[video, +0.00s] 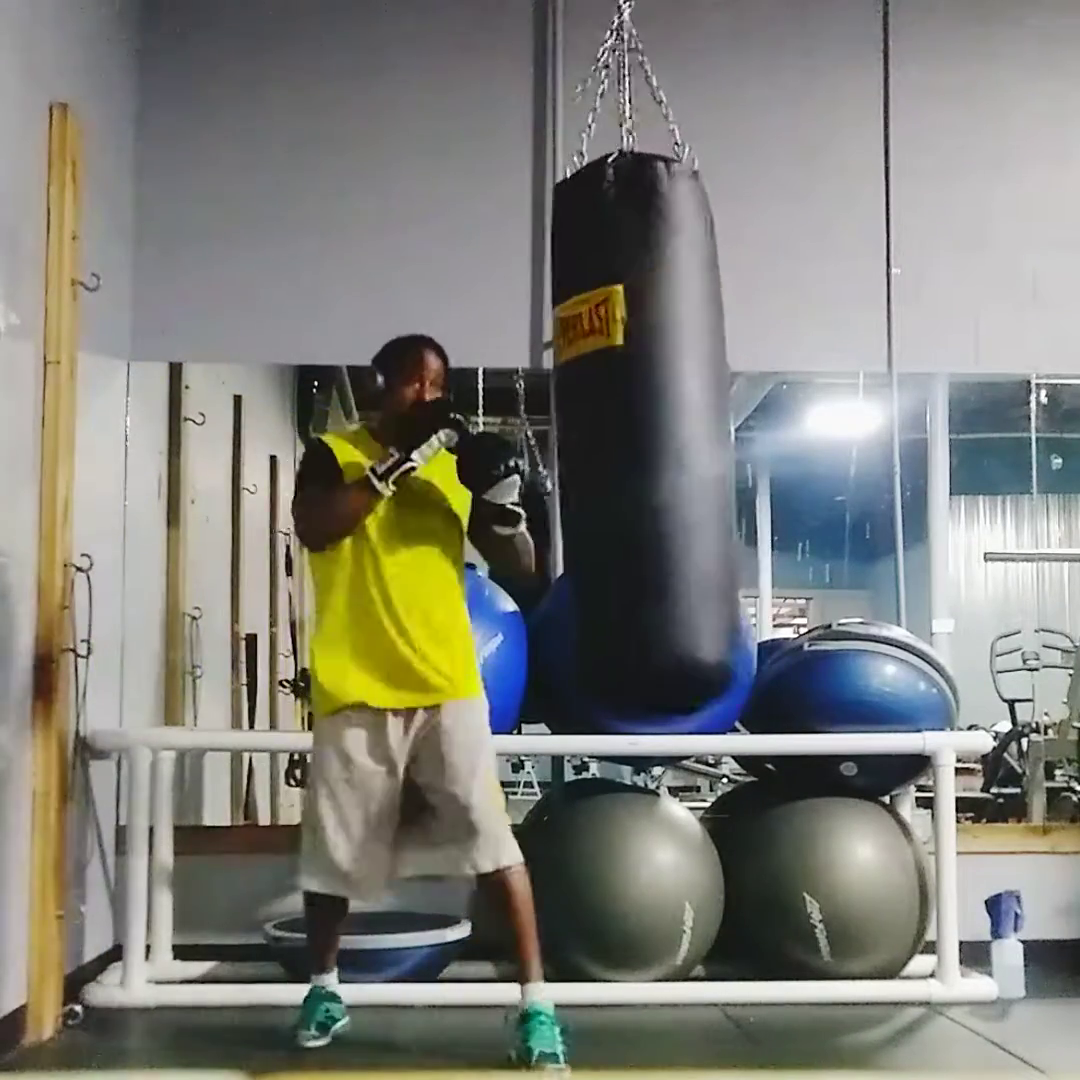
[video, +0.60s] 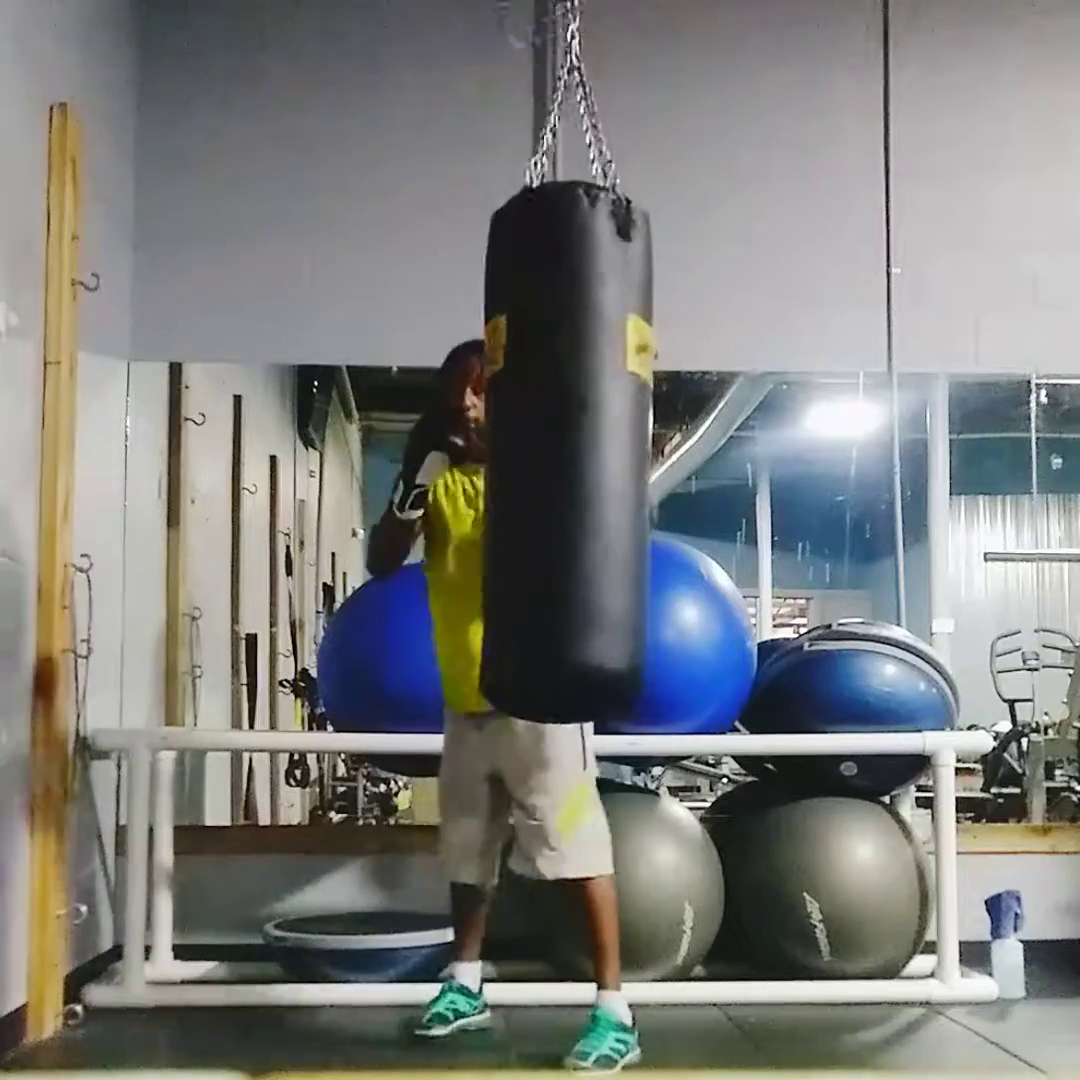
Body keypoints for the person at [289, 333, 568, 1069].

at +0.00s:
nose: (425, 394)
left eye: (436, 385)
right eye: (411, 381)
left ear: (445, 398)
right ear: (376, 387)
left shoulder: (451, 468)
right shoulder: (333, 453)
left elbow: (525, 578)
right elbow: (312, 528)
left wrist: (504, 500)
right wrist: (401, 461)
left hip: (447, 681)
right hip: (352, 682)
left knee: (493, 842)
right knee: (333, 848)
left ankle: (536, 1007)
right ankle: (323, 992)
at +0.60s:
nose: (470, 402)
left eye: (484, 389)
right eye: (461, 389)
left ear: (511, 399)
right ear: (446, 403)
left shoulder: (541, 470)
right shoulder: (437, 480)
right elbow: (383, 562)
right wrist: (414, 481)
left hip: (542, 692)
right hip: (469, 695)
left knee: (581, 852)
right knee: (469, 849)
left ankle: (612, 1011)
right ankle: (465, 987)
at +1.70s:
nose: (584, 400)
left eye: (592, 386)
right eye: (585, 388)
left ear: (632, 386)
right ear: (631, 388)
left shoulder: (694, 434)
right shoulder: (627, 469)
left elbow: (690, 477)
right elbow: (586, 548)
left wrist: (591, 436)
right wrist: (541, 504)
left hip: (735, 661)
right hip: (695, 668)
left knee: (713, 834)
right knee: (725, 829)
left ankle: (721, 1031)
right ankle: (773, 982)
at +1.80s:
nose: (619, 381)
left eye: (626, 367)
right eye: (620, 369)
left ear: (659, 370)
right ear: (662, 370)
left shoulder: (714, 435)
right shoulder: (653, 454)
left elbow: (737, 514)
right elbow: (645, 555)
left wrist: (642, 500)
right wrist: (587, 519)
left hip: (747, 663)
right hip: (711, 665)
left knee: (721, 836)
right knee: (742, 828)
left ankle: (721, 1030)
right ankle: (831, 967)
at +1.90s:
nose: (643, 375)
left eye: (654, 363)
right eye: (646, 363)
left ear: (693, 371)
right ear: (686, 373)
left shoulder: (742, 442)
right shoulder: (673, 462)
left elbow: (795, 543)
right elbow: (665, 575)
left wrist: (691, 542)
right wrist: (606, 523)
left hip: (758, 668)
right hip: (717, 672)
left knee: (715, 833)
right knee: (763, 830)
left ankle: (720, 1029)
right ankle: (875, 968)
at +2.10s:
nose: (702, 391)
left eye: (714, 379)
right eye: (705, 379)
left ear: (752, 385)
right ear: (730, 387)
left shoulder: (800, 452)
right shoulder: (719, 473)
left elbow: (864, 551)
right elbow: (710, 595)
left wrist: (756, 538)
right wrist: (672, 548)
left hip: (793, 676)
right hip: (759, 677)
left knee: (726, 837)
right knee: (822, 846)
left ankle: (722, 1031)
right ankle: (912, 1006)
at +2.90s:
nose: (775, 395)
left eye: (783, 379)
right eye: (778, 382)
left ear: (823, 373)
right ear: (838, 375)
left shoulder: (870, 414)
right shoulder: (850, 446)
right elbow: (813, 553)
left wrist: (703, 422)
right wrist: (757, 497)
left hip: (919, 652)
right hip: (951, 647)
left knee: (896, 843)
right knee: (993, 835)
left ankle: (888, 1037)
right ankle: (1035, 1007)